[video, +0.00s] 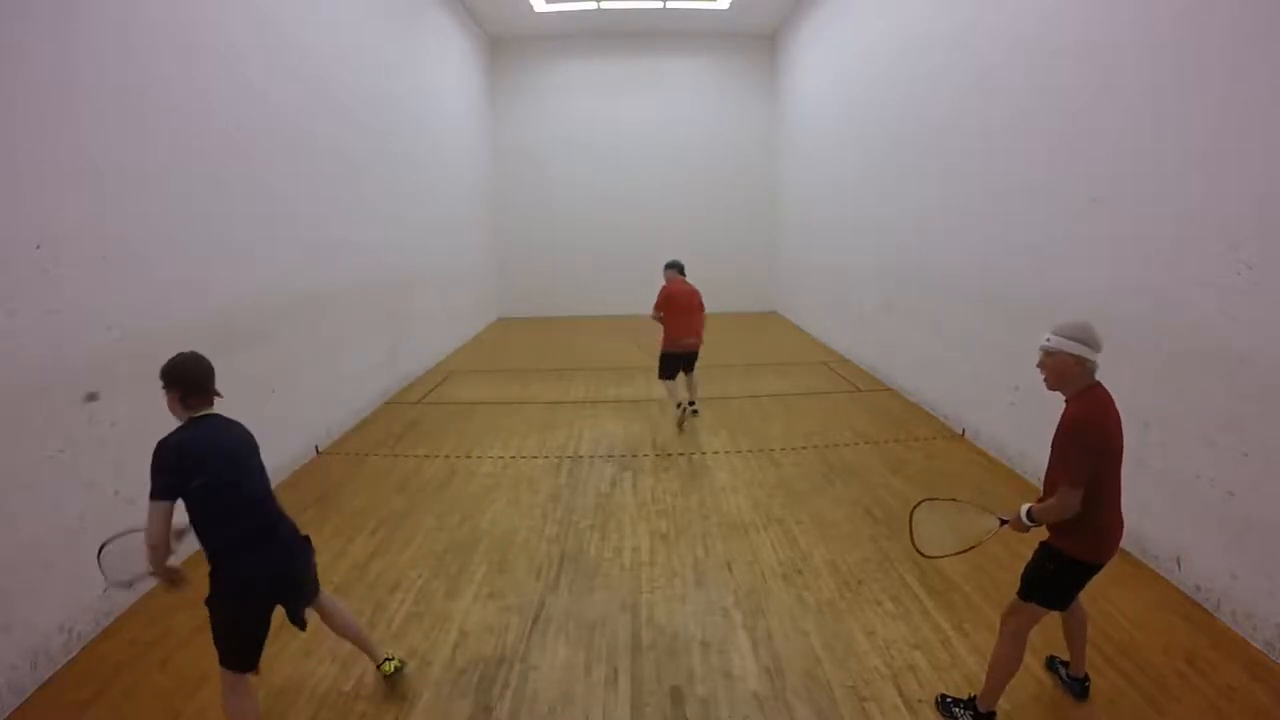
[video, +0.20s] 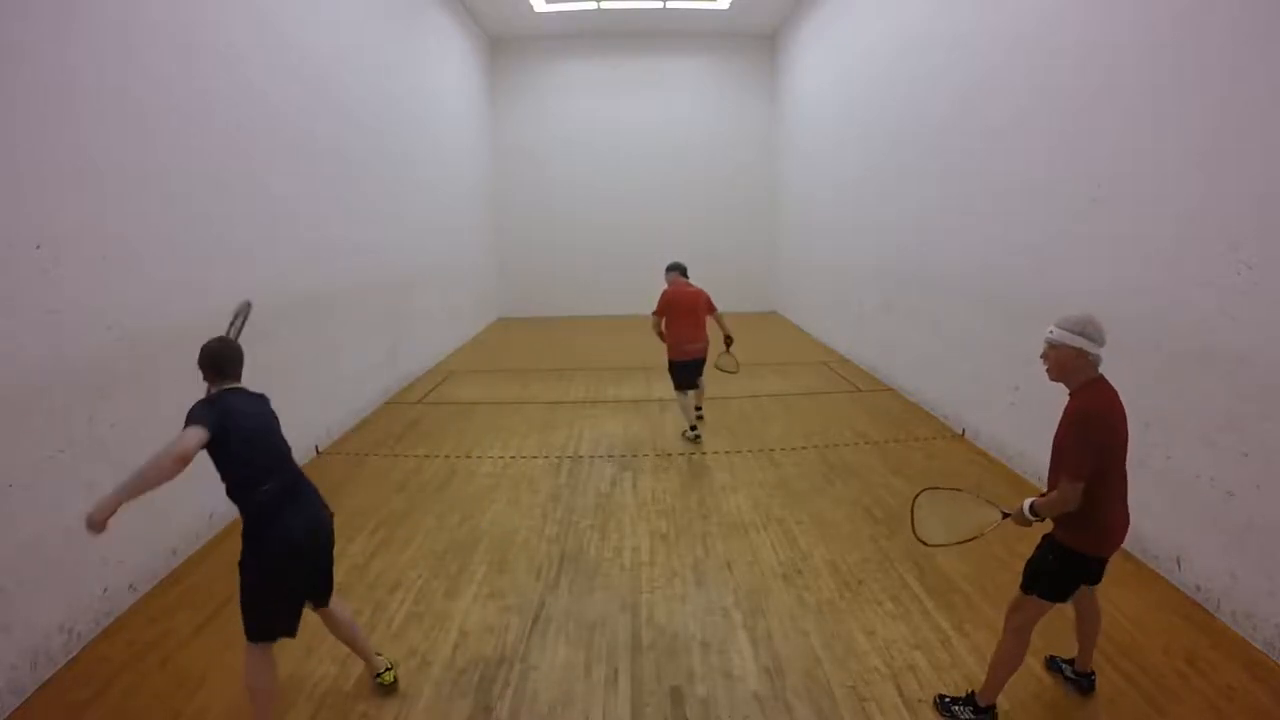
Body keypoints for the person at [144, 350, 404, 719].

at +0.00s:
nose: (166, 400)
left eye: (166, 393)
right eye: (165, 392)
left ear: (174, 397)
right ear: (211, 389)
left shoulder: (170, 451)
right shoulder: (237, 430)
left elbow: (158, 540)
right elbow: (254, 495)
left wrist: (164, 569)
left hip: (237, 575)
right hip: (286, 551)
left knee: (236, 681)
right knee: (320, 598)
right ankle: (383, 659)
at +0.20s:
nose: (208, 371)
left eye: (205, 367)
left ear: (204, 373)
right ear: (241, 369)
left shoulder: (209, 410)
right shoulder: (258, 401)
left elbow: (179, 456)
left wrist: (114, 499)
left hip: (271, 536)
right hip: (314, 515)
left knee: (259, 642)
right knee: (323, 600)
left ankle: (264, 714)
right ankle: (379, 666)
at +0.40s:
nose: (208, 344)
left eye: (208, 338)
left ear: (212, 339)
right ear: (245, 335)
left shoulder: (215, 369)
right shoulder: (267, 367)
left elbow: (221, 415)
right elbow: (278, 420)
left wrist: (175, 478)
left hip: (264, 493)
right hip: (306, 479)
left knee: (266, 589)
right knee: (323, 572)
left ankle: (290, 671)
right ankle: (377, 652)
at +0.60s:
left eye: (202, 335)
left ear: (203, 337)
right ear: (237, 329)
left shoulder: (205, 380)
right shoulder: (267, 365)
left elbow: (213, 449)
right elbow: (300, 421)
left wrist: (214, 509)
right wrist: (273, 443)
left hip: (258, 493)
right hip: (301, 481)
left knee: (278, 561)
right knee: (324, 561)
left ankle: (303, 630)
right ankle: (364, 630)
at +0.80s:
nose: (242, 316)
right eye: (242, 311)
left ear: (206, 322)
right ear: (240, 315)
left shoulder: (197, 369)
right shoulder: (268, 352)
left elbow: (196, 437)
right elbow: (316, 397)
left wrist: (204, 473)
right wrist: (322, 446)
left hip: (248, 475)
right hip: (290, 462)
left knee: (273, 551)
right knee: (306, 528)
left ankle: (302, 625)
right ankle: (338, 594)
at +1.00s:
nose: (259, 314)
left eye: (256, 308)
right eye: (257, 309)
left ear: (220, 318)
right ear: (252, 314)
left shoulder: (205, 361)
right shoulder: (276, 349)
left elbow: (184, 420)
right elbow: (322, 395)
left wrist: (201, 418)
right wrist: (336, 442)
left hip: (245, 466)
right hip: (288, 456)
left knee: (268, 544)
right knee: (303, 525)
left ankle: (297, 613)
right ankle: (317, 591)